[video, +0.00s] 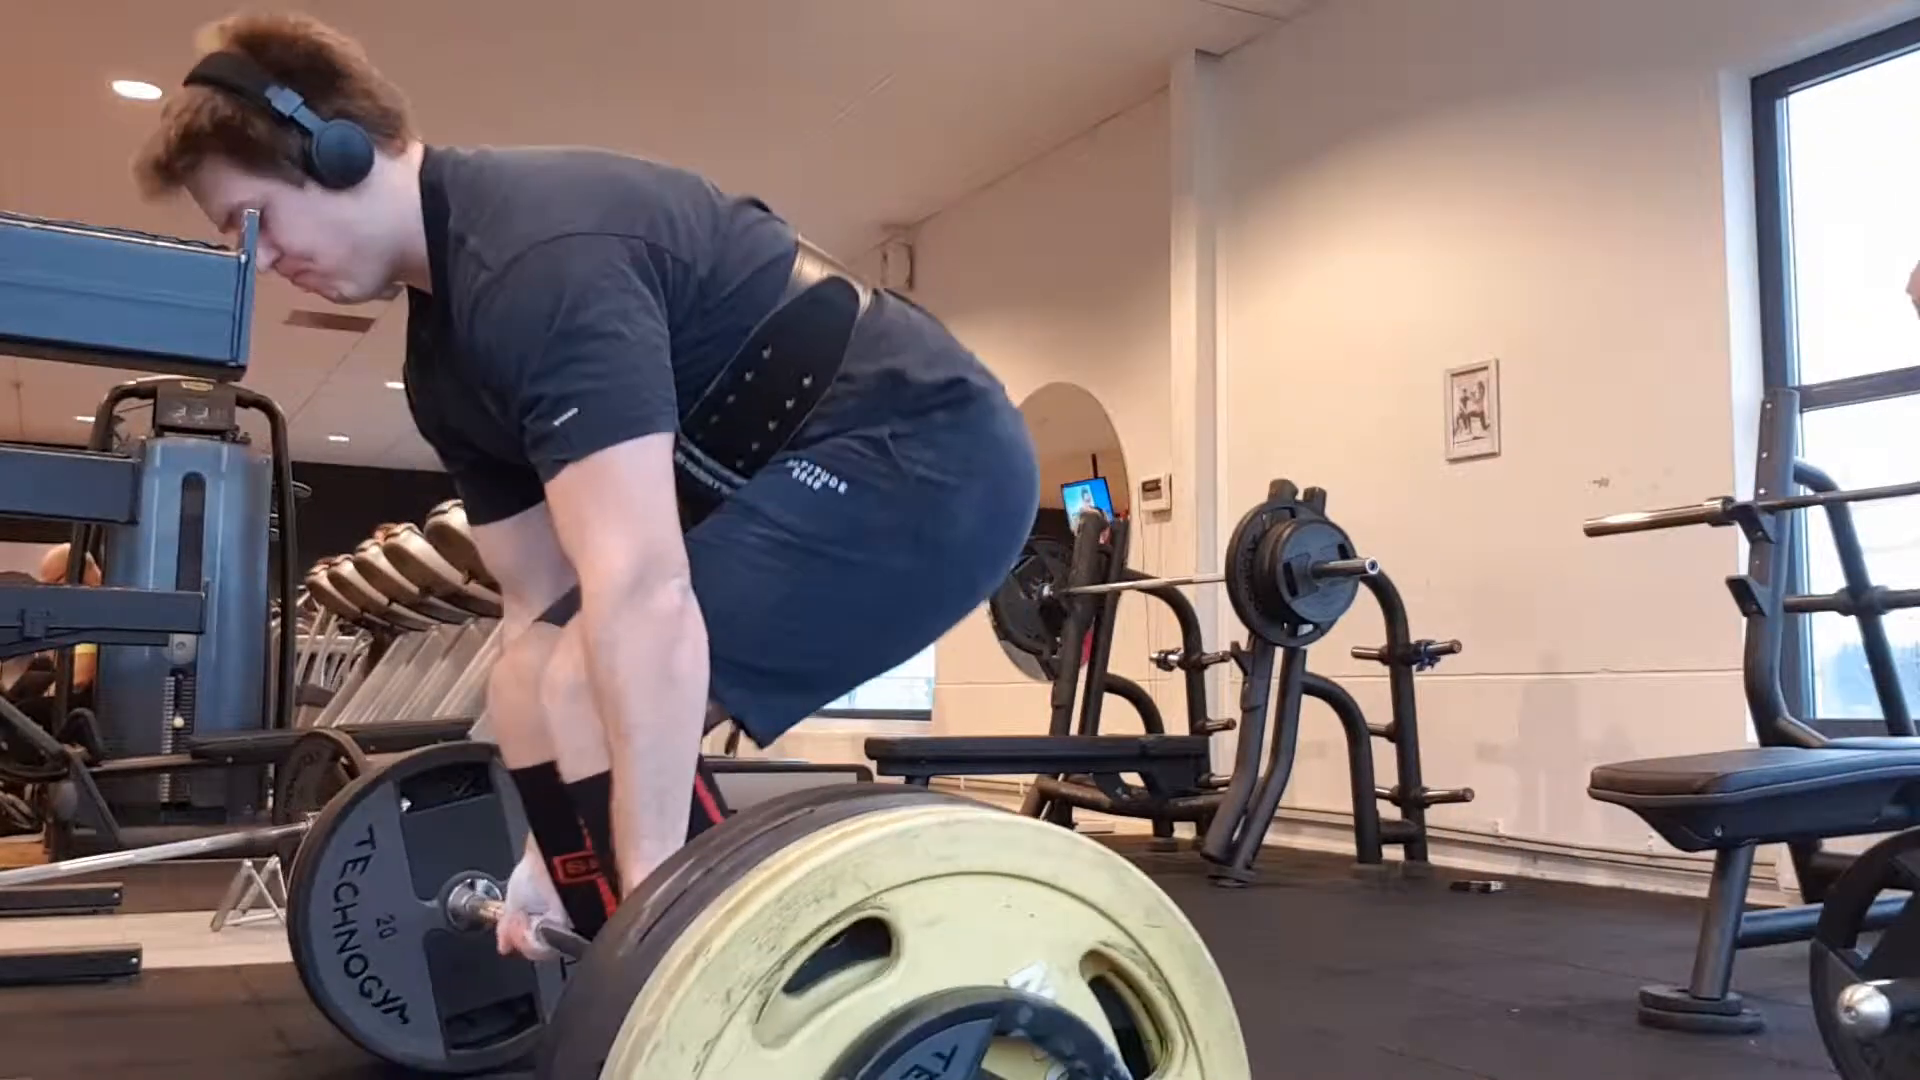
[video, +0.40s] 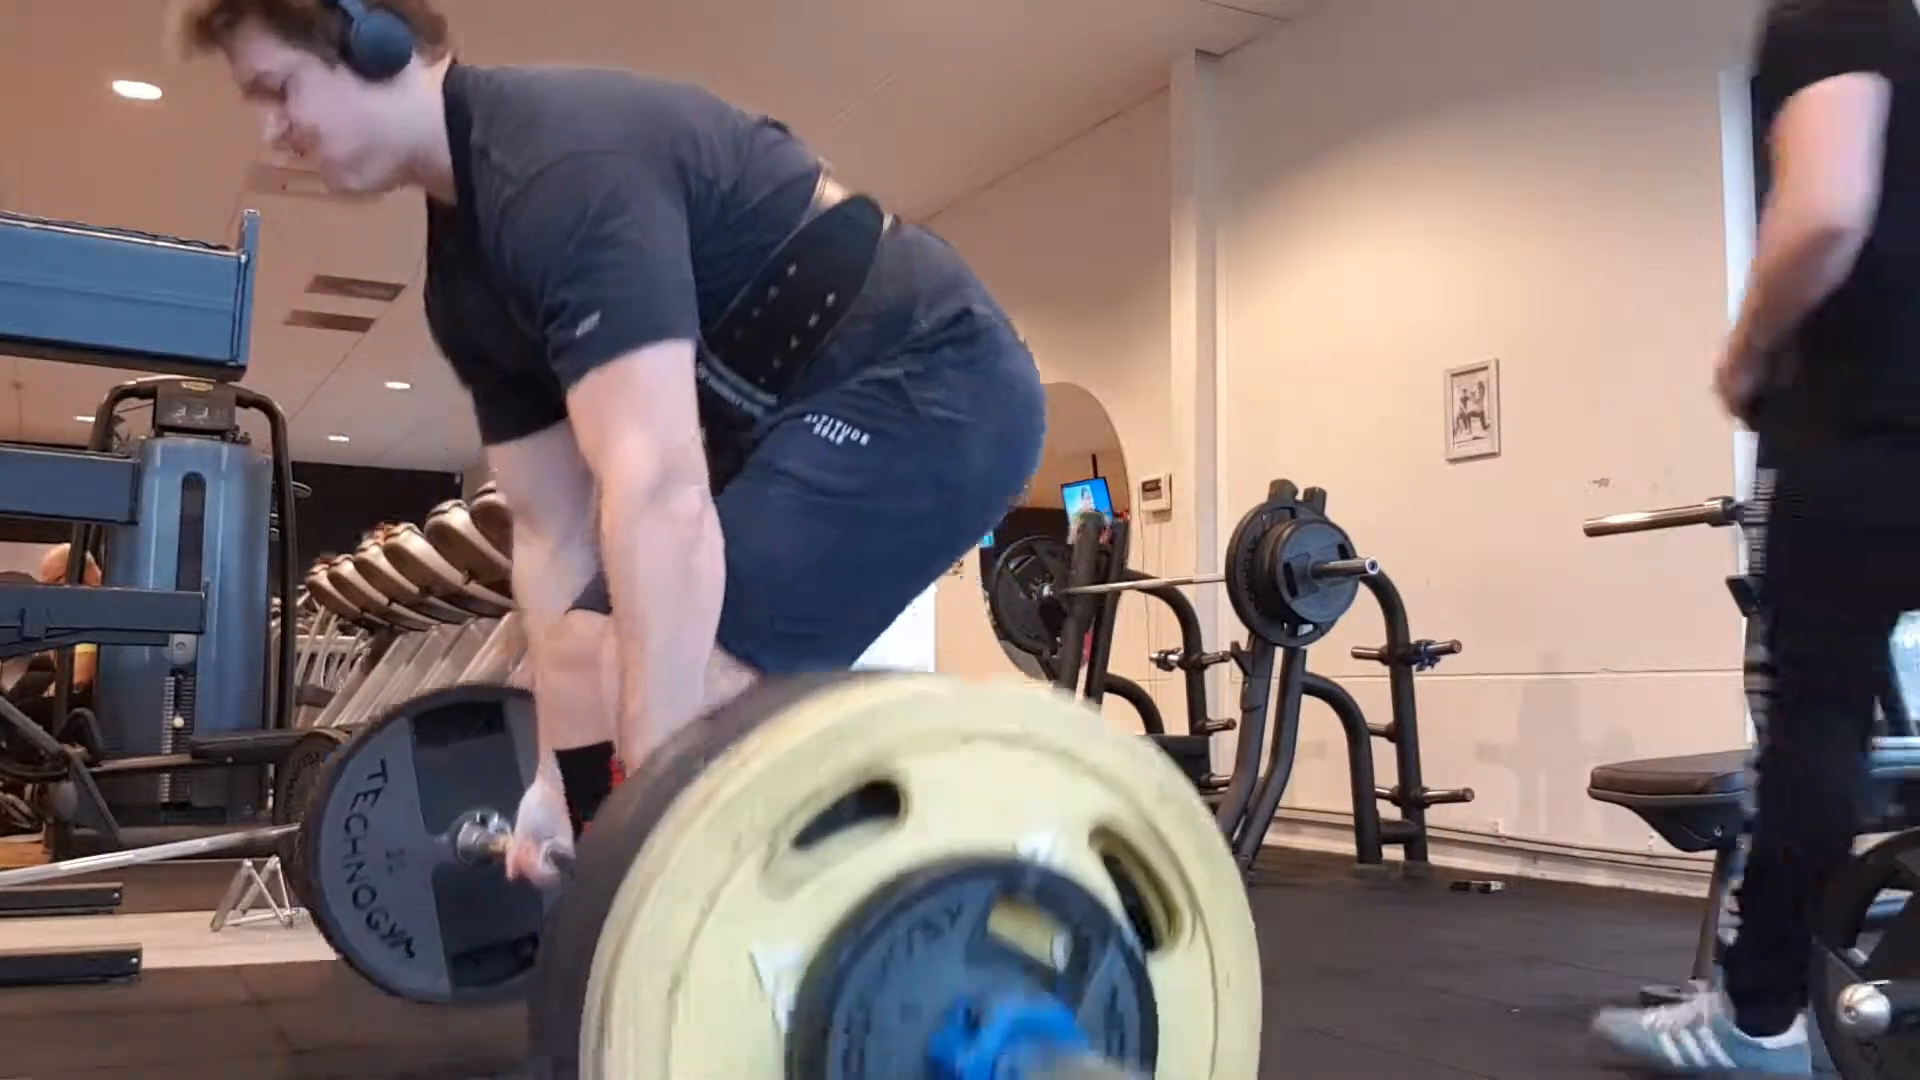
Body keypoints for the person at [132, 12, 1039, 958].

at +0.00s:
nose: (262, 266)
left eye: (255, 222)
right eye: (239, 244)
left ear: (333, 141)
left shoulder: (544, 261)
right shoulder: (442, 357)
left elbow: (643, 593)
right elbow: (547, 608)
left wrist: (661, 915)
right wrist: (547, 864)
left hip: (914, 444)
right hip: (807, 469)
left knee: (590, 681)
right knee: (521, 680)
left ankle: (712, 978)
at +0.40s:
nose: (273, 135)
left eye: (277, 92)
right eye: (258, 106)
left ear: (375, 44)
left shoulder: (571, 164)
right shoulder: (461, 273)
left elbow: (663, 488)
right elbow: (550, 527)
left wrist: (659, 812)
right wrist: (546, 787)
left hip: (921, 381)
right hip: (797, 421)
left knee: (681, 696)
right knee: (570, 662)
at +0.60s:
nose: (314, 4)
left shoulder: (591, 67)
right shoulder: (477, 175)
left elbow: (669, 386)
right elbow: (554, 439)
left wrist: (672, 688)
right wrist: (567, 694)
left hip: (913, 341)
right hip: (782, 384)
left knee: (734, 666)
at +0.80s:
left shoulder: (621, 8)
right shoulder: (489, 68)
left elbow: (681, 247)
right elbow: (562, 321)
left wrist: (683, 553)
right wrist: (580, 578)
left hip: (896, 311)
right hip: (755, 337)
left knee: (748, 722)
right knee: (673, 706)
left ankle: (718, 1056)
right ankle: (677, 1047)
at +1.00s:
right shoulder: (531, 17)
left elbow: (710, 98)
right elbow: (582, 199)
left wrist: (748, 405)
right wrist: (587, 467)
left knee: (688, 661)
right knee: (649, 653)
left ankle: (712, 1053)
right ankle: (679, 1042)